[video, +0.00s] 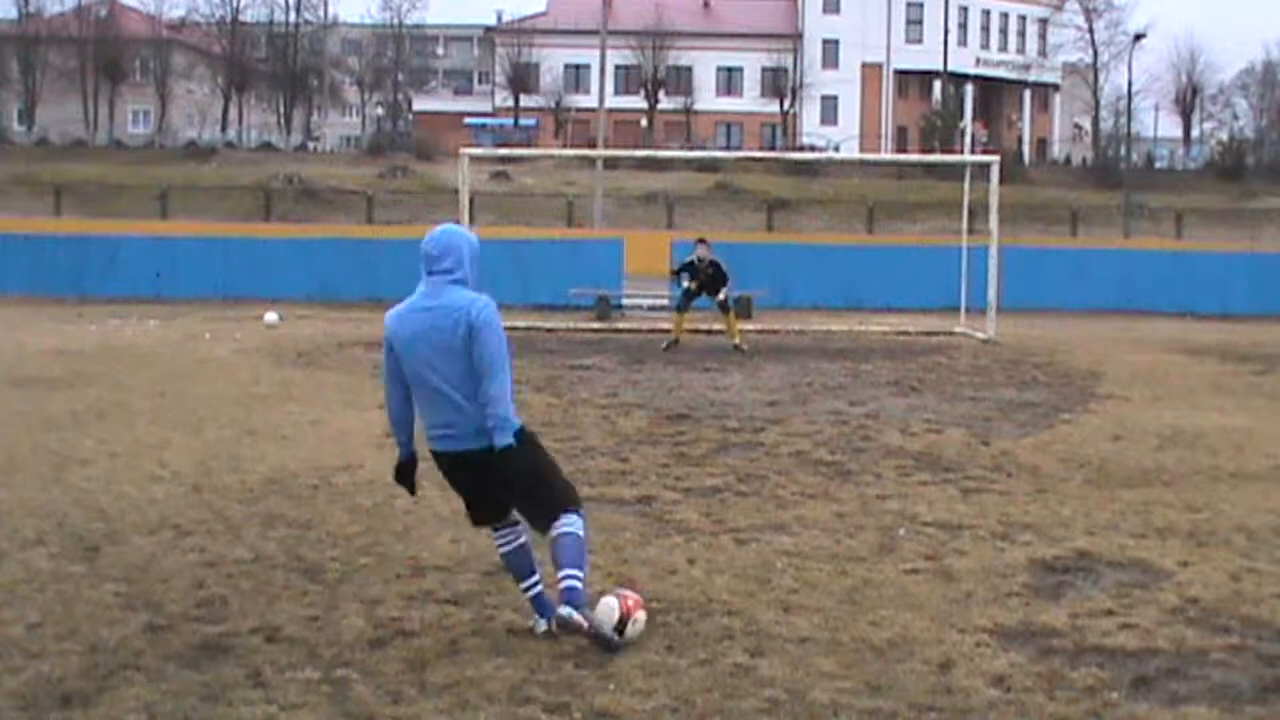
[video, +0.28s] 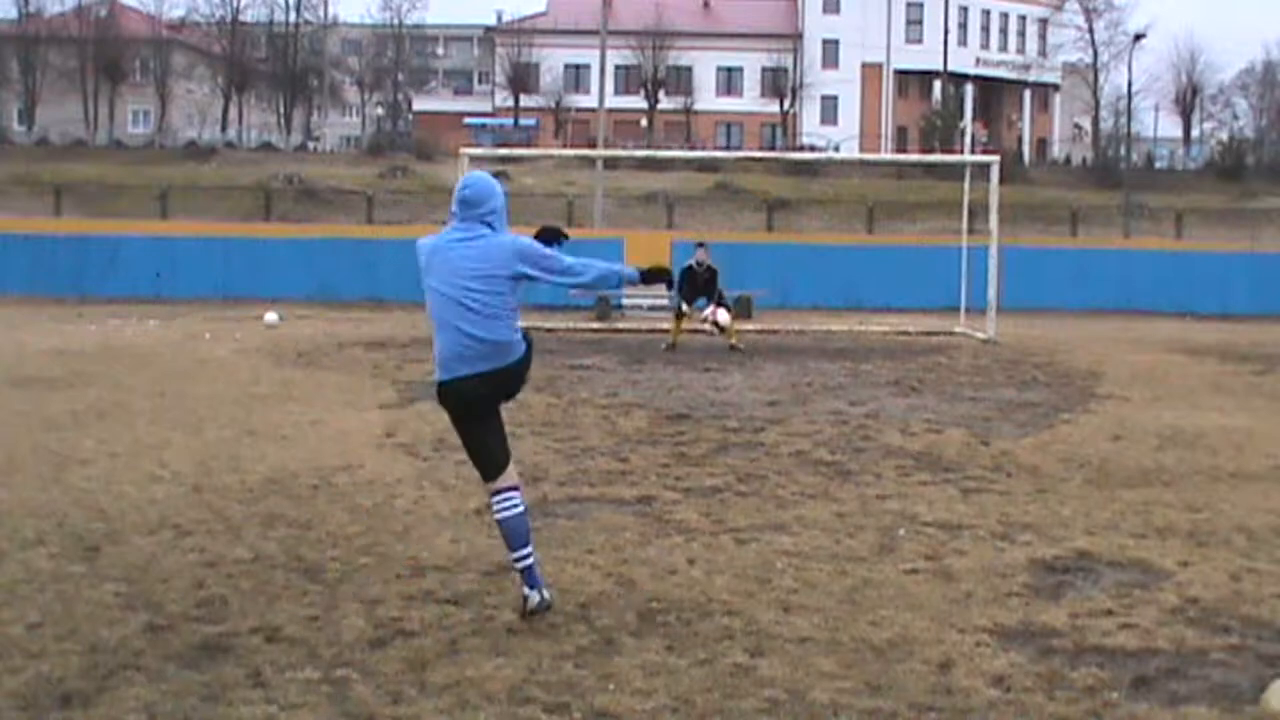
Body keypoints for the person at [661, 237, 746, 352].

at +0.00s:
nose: (701, 253)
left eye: (704, 250)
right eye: (699, 250)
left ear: (708, 252)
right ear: (696, 251)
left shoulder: (714, 265)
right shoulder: (690, 264)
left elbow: (725, 280)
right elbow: (678, 274)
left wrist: (722, 292)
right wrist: (686, 285)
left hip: (713, 288)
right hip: (696, 287)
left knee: (726, 309)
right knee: (681, 307)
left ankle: (736, 340)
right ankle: (675, 337)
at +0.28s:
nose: (701, 256)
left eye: (703, 253)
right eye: (699, 253)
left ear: (707, 256)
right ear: (695, 254)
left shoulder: (712, 272)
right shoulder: (686, 270)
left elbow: (713, 292)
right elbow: (680, 290)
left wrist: (711, 307)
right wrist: (683, 304)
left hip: (708, 295)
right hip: (691, 294)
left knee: (726, 313)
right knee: (679, 315)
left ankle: (733, 341)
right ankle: (672, 341)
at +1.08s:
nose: (677, 266)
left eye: (679, 263)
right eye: (675, 263)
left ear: (683, 262)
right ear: (671, 262)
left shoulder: (688, 272)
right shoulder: (665, 269)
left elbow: (689, 293)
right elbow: (659, 289)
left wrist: (685, 309)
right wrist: (651, 307)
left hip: (683, 287)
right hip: (667, 285)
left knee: (693, 310)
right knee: (656, 307)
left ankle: (699, 338)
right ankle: (666, 332)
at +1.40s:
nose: (636, 236)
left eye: (639, 233)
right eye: (634, 233)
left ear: (643, 234)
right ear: (631, 235)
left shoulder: (653, 248)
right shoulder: (628, 252)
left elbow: (673, 255)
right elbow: (623, 268)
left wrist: (686, 269)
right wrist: (622, 284)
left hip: (658, 283)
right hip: (642, 284)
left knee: (668, 312)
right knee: (635, 313)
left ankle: (691, 332)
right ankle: (645, 339)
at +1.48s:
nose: (626, 235)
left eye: (628, 231)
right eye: (624, 232)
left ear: (633, 232)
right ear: (621, 233)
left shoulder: (644, 246)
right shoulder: (620, 251)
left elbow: (664, 251)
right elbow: (615, 268)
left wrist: (681, 259)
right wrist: (615, 282)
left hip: (650, 281)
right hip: (636, 282)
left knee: (650, 311)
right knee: (631, 314)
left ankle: (668, 327)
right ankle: (644, 338)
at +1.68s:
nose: (607, 230)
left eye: (610, 227)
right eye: (606, 227)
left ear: (615, 227)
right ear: (604, 229)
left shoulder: (626, 242)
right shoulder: (603, 246)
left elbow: (643, 248)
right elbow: (599, 264)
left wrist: (658, 254)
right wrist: (602, 270)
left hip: (627, 276)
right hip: (614, 277)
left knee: (614, 304)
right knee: (622, 310)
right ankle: (638, 331)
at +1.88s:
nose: (589, 237)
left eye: (591, 233)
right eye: (588, 234)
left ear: (597, 233)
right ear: (589, 235)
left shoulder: (611, 249)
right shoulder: (588, 254)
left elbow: (625, 267)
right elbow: (582, 275)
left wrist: (639, 283)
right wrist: (572, 292)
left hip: (606, 288)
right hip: (591, 286)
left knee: (587, 312)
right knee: (575, 312)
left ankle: (574, 339)